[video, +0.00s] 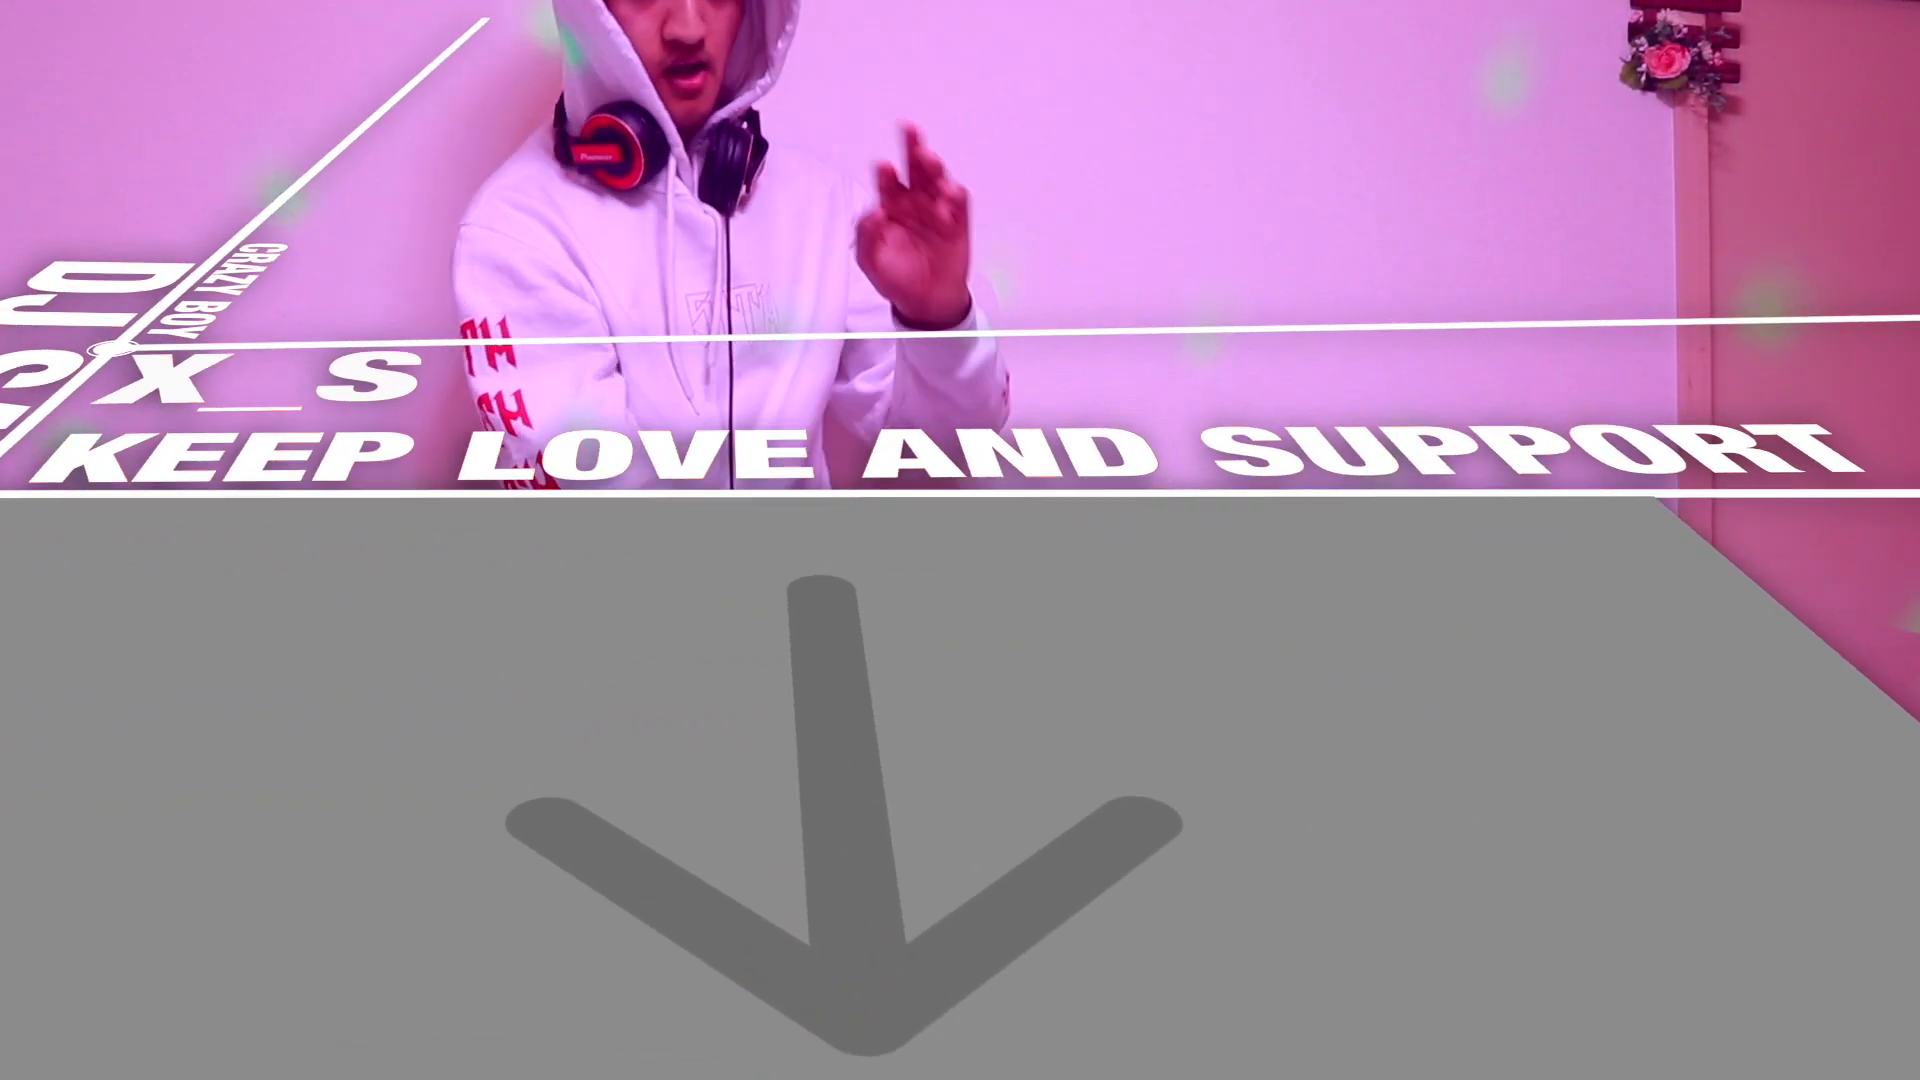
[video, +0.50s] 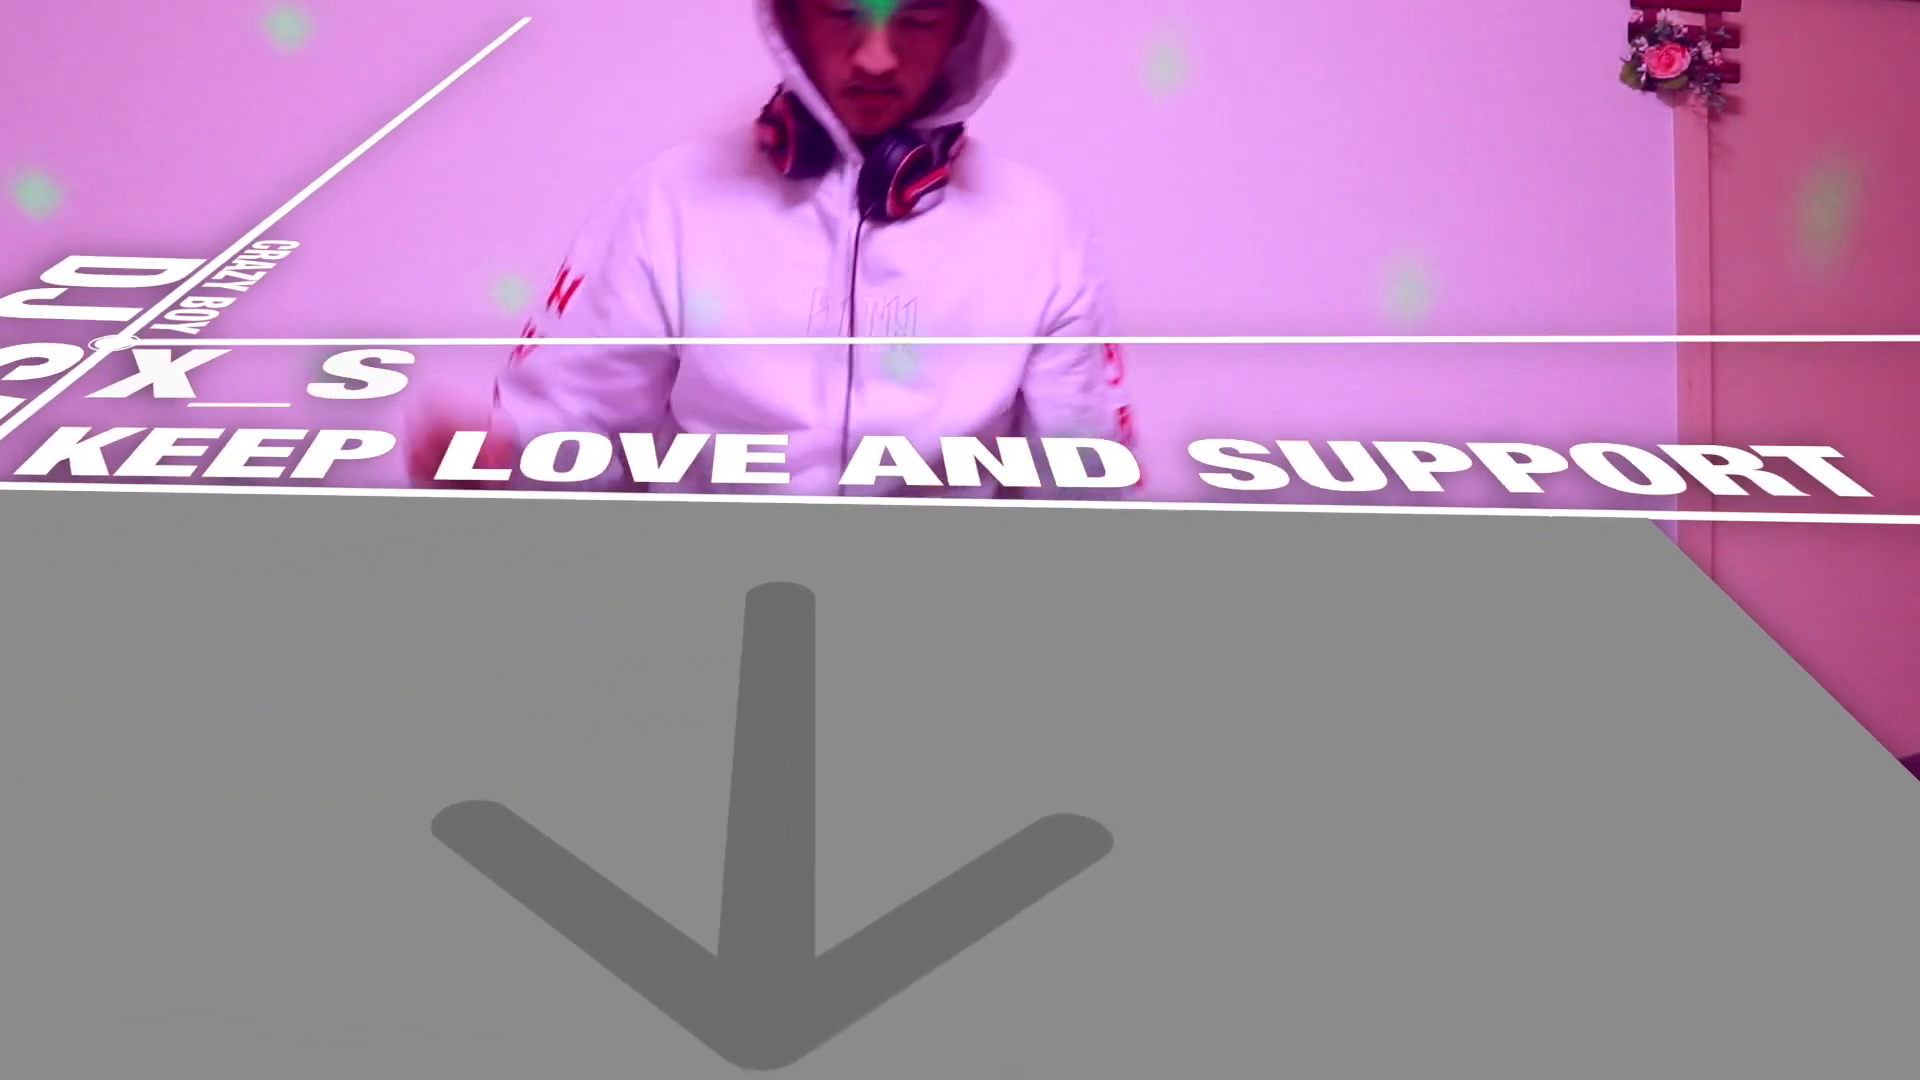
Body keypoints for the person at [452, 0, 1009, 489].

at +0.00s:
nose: (687, 30)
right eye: (646, 1)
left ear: (748, 13)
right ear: (585, 17)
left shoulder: (831, 206)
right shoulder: (518, 221)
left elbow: (935, 478)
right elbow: (581, 476)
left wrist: (938, 322)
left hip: (807, 574)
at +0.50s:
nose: (875, 57)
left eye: (914, 20)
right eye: (844, 14)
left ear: (962, 28)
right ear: (788, 18)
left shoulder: (1032, 225)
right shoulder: (671, 203)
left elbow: (1098, 480)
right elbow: (549, 437)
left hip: (952, 595)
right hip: (714, 587)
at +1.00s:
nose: (830, 73)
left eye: (867, 38)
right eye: (797, 37)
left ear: (922, 45)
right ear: (751, 43)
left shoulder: (1025, 228)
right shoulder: (674, 219)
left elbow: (1164, 473)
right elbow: (478, 231)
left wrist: (1248, 407)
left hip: (983, 618)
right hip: (735, 611)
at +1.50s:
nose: (627, 42)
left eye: (659, 7)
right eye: (592, 6)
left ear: (698, 12)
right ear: (531, 7)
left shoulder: (774, 183)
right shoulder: (427, 200)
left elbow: (863, 417)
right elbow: (411, 458)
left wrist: (1013, 296)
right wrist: (680, 479)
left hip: (744, 590)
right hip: (516, 595)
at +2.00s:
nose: (676, 14)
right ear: (589, 3)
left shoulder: (853, 190)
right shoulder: (476, 191)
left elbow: (967, 424)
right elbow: (375, 421)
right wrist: (491, 390)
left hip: (768, 601)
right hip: (517, 593)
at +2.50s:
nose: (887, 49)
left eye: (926, 15)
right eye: (854, 11)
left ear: (971, 29)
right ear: (809, 20)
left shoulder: (1043, 249)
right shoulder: (693, 216)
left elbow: (1138, 488)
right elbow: (597, 447)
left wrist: (1052, 590)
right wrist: (742, 506)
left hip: (947, 798)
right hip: (714, 788)